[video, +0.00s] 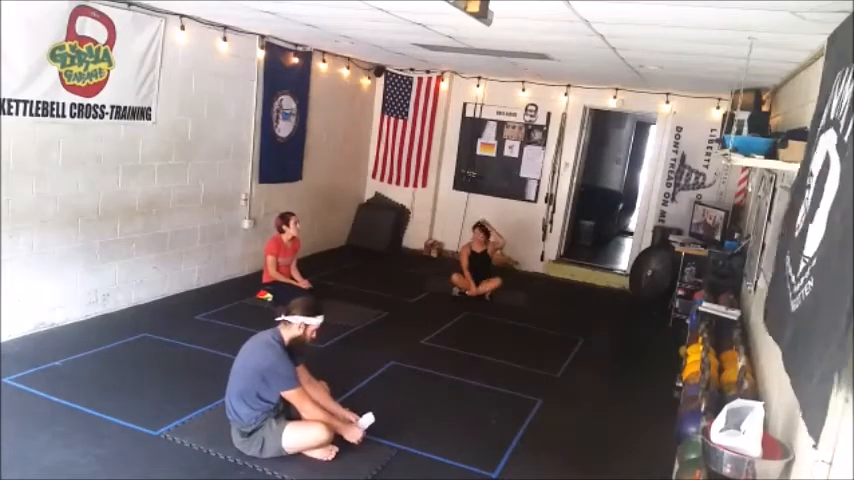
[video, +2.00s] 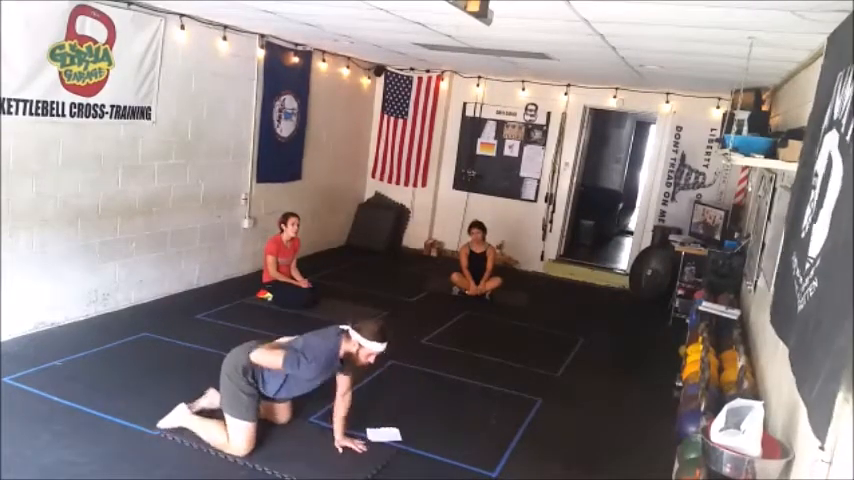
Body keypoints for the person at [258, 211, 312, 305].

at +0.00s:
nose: (299, 226)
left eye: (298, 223)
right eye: (295, 223)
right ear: (285, 227)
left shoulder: (295, 242)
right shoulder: (273, 243)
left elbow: (293, 267)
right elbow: (272, 272)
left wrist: (301, 281)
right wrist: (296, 284)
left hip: (287, 281)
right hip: (272, 283)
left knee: (309, 292)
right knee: (302, 296)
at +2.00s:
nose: (296, 228)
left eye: (297, 225)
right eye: (292, 225)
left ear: (299, 226)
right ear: (283, 226)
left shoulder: (295, 242)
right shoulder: (273, 243)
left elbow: (293, 267)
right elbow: (272, 273)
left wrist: (302, 281)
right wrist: (298, 283)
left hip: (288, 280)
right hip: (272, 282)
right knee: (303, 298)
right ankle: (270, 297)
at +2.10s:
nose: (296, 228)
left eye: (298, 225)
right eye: (293, 225)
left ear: (299, 226)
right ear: (283, 226)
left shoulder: (295, 242)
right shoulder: (273, 243)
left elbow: (292, 267)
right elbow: (272, 273)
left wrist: (302, 281)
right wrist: (298, 283)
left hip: (287, 280)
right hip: (272, 282)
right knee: (302, 298)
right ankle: (270, 297)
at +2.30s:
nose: (337, 245)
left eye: (338, 241)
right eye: (334, 241)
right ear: (325, 239)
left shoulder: (327, 252)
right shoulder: (312, 251)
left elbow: (326, 274)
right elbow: (306, 281)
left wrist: (339, 294)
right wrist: (325, 301)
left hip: (295, 274)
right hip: (282, 274)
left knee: (311, 301)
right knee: (303, 302)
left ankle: (280, 292)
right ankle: (275, 296)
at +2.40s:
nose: (367, 257)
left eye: (369, 255)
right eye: (366, 253)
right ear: (358, 247)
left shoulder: (353, 252)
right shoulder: (343, 254)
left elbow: (353, 280)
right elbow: (335, 285)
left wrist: (354, 304)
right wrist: (335, 311)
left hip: (308, 263)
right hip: (298, 263)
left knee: (314, 296)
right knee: (307, 301)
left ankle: (283, 286)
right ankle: (277, 293)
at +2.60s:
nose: (367, 260)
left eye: (371, 259)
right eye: (369, 256)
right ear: (363, 247)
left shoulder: (358, 254)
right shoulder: (345, 254)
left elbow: (355, 280)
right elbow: (337, 284)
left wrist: (352, 303)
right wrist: (335, 311)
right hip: (305, 260)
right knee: (303, 300)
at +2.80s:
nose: (369, 253)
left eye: (371, 251)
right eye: (368, 249)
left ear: (366, 249)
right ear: (360, 243)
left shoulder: (356, 256)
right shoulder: (346, 249)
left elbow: (354, 276)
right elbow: (328, 249)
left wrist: (352, 294)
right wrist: (316, 244)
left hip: (311, 264)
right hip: (301, 262)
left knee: (309, 297)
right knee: (301, 300)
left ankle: (278, 284)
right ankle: (272, 287)